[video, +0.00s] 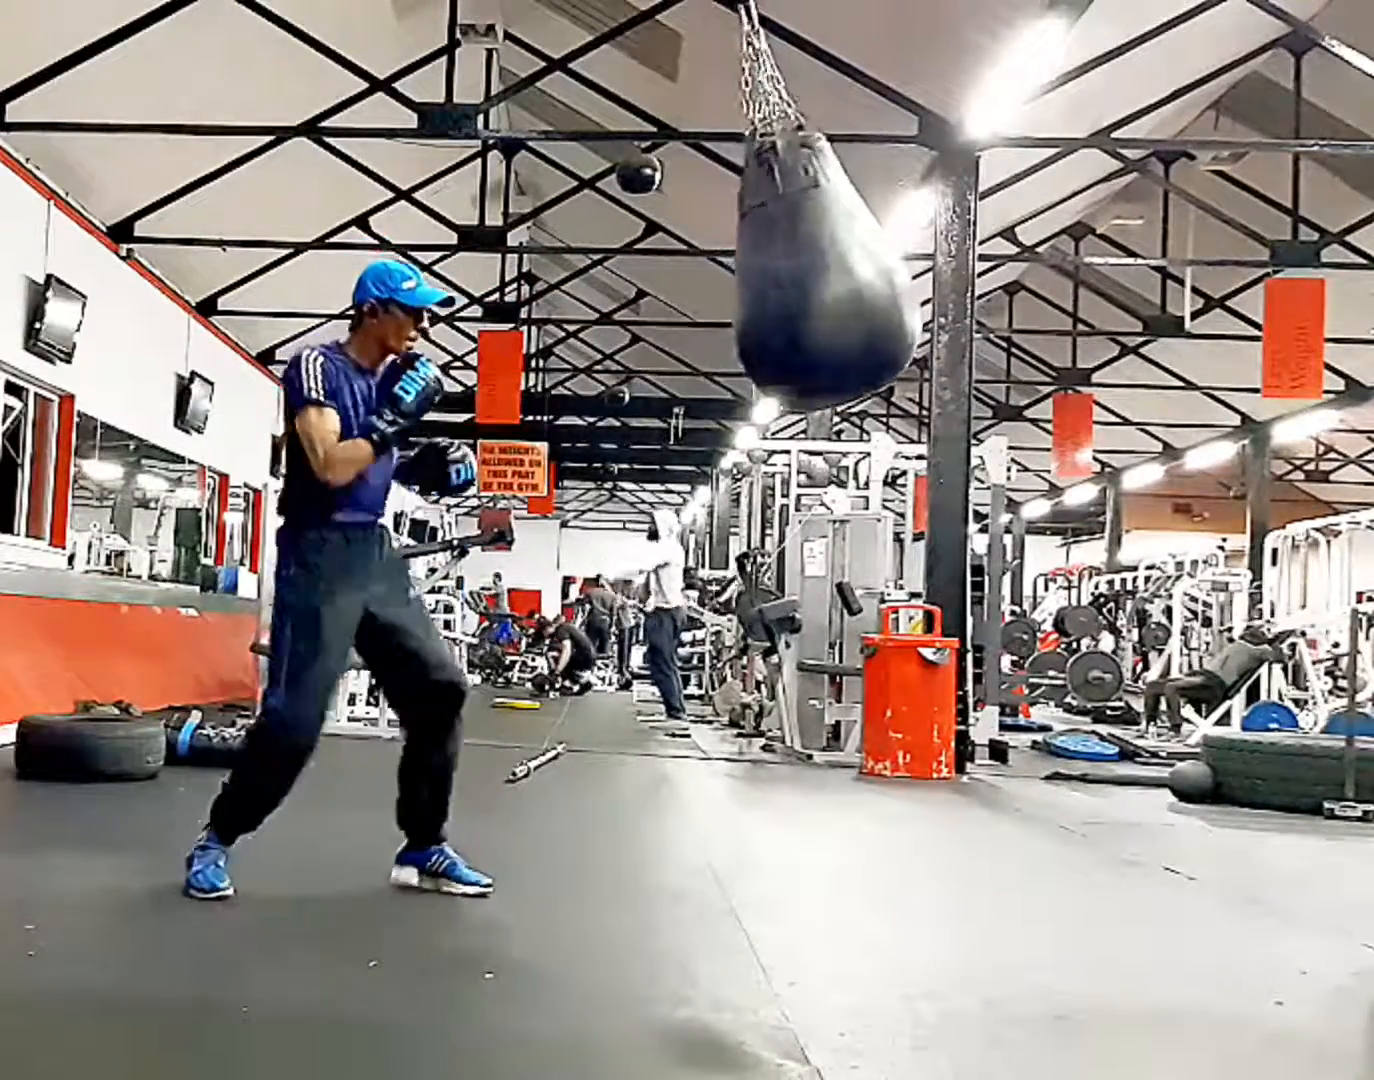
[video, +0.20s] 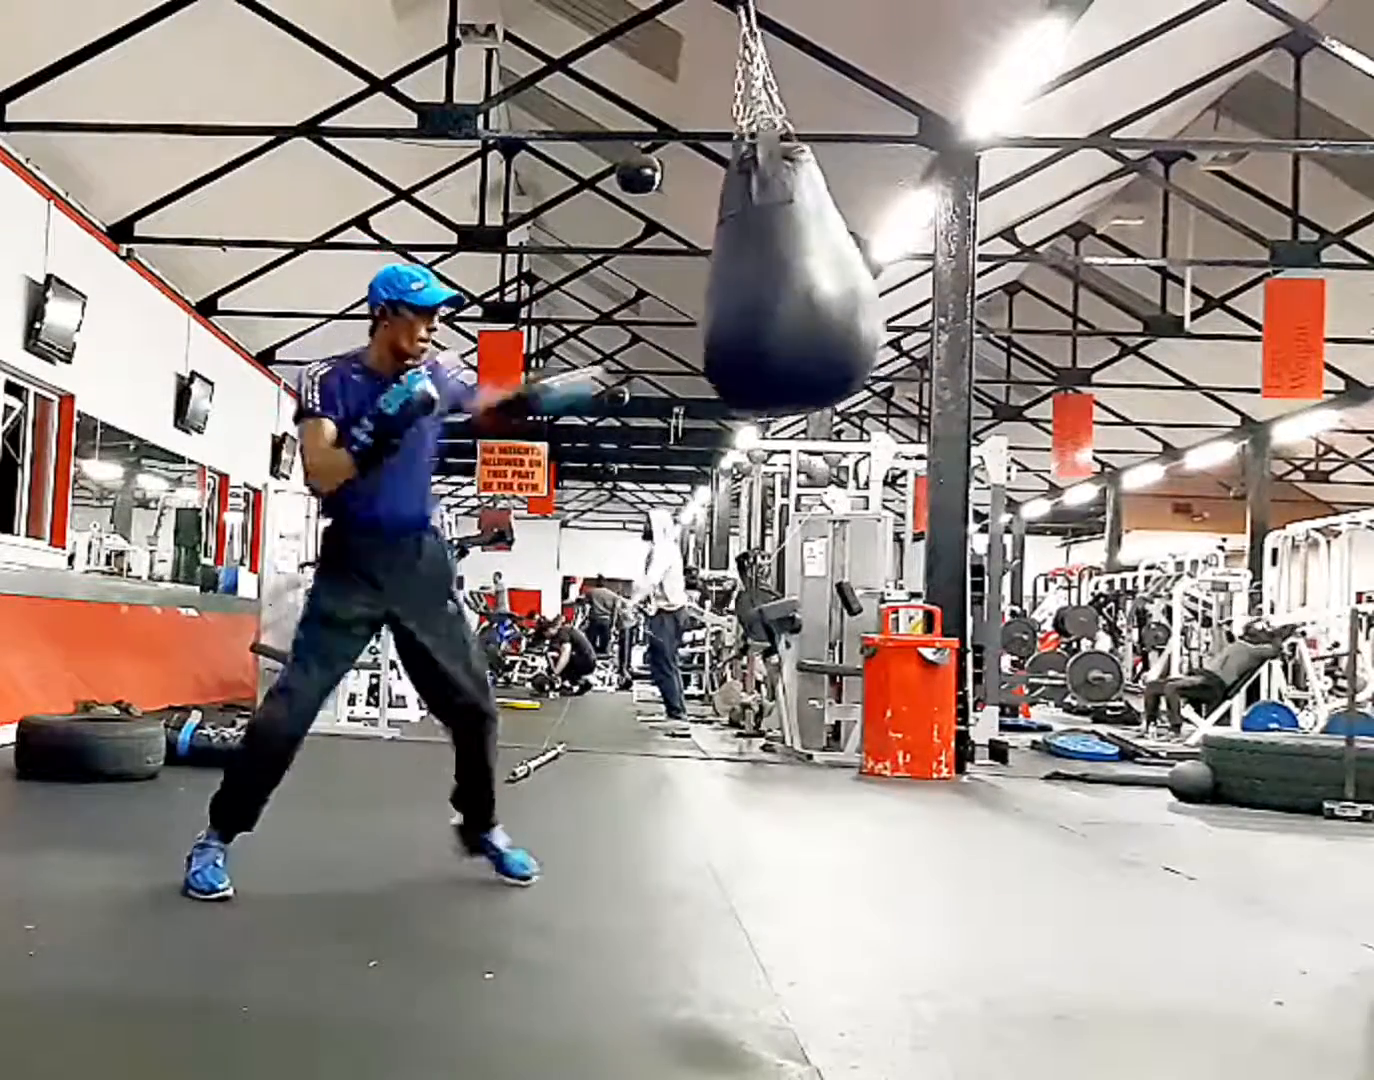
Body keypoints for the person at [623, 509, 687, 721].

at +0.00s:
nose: (649, 529)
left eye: (653, 524)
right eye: (650, 524)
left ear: (662, 527)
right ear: (667, 526)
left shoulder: (666, 548)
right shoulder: (672, 547)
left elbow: (640, 568)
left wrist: (612, 576)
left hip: (664, 610)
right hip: (670, 608)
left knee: (662, 662)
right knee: (664, 661)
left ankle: (675, 710)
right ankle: (676, 708)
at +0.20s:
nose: (643, 528)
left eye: (647, 524)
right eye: (645, 523)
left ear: (657, 527)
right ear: (662, 527)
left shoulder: (663, 550)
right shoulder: (663, 548)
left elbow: (651, 580)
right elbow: (651, 580)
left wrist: (632, 599)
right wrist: (636, 597)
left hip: (667, 611)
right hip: (666, 610)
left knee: (662, 662)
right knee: (665, 661)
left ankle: (676, 711)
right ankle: (675, 708)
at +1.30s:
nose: (631, 534)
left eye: (635, 529)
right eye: (633, 529)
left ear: (645, 530)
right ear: (649, 531)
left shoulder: (659, 551)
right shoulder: (650, 553)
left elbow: (679, 580)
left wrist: (690, 613)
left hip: (672, 613)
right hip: (664, 613)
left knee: (666, 663)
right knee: (668, 663)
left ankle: (676, 711)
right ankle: (676, 710)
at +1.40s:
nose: (628, 535)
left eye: (632, 530)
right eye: (629, 530)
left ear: (642, 532)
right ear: (645, 532)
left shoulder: (658, 555)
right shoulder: (649, 557)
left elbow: (678, 584)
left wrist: (688, 616)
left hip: (673, 614)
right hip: (665, 615)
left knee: (666, 665)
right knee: (672, 665)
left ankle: (676, 712)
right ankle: (676, 711)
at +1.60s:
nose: (624, 535)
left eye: (628, 530)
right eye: (625, 530)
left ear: (638, 532)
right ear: (642, 533)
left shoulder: (653, 557)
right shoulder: (644, 557)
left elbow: (670, 594)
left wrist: (670, 627)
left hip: (669, 618)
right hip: (661, 618)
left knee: (664, 668)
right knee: (672, 667)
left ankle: (675, 712)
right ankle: (677, 710)